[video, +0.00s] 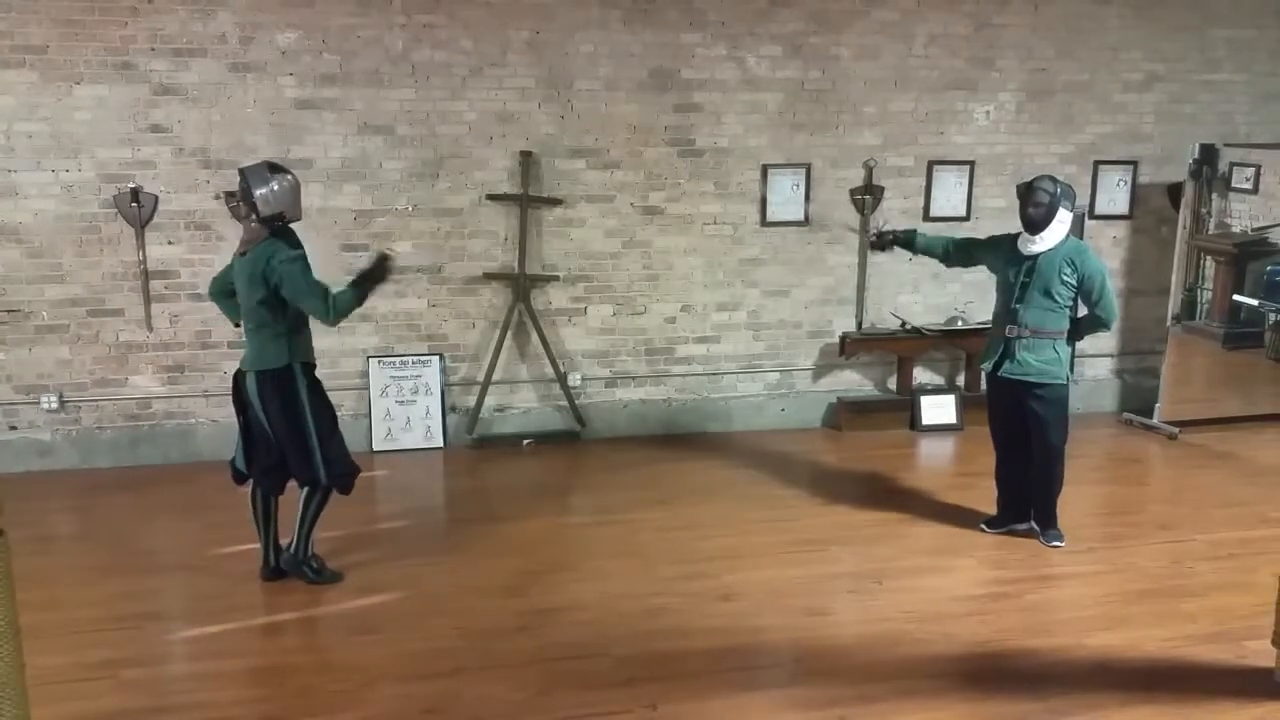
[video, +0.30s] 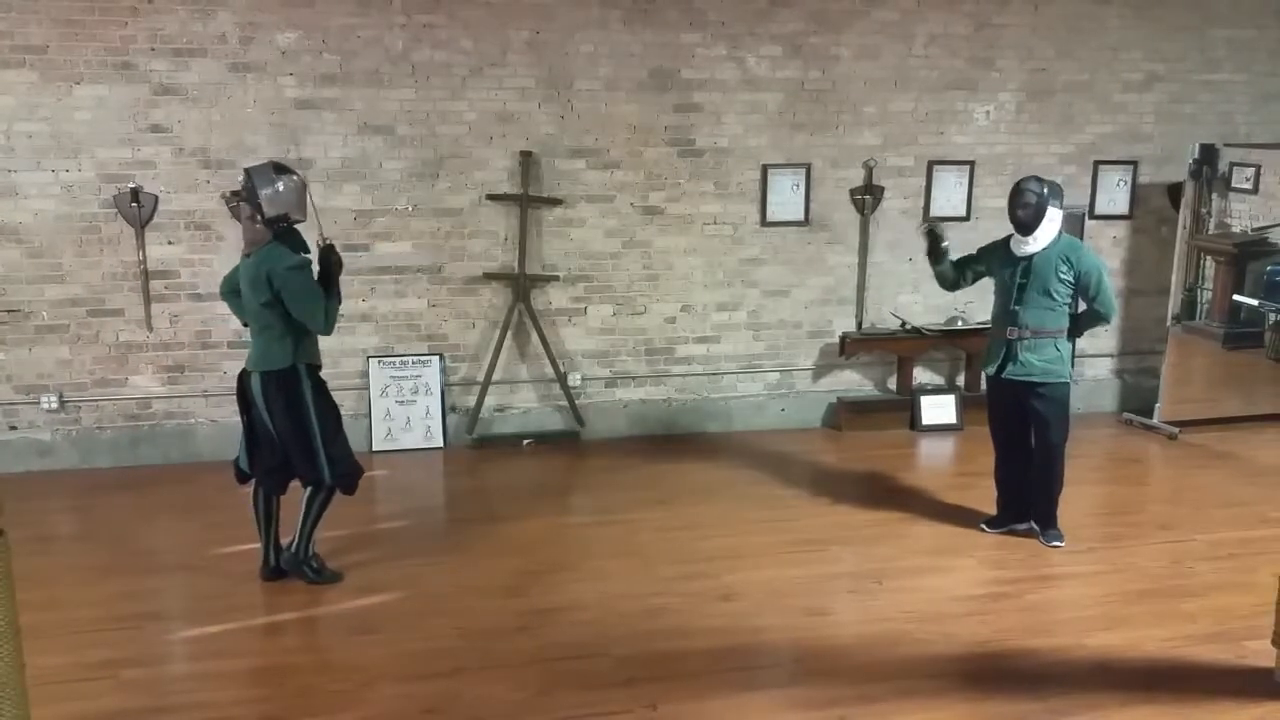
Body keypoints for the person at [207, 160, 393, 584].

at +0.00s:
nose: (296, 201)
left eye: (293, 194)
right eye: (290, 195)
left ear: (252, 207)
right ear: (281, 202)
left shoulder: (248, 251)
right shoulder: (282, 253)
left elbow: (219, 288)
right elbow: (328, 309)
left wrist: (249, 320)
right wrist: (367, 280)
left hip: (253, 377)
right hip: (287, 376)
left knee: (267, 469)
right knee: (330, 467)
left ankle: (270, 556)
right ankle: (300, 552)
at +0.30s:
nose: (237, 217)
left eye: (243, 209)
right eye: (239, 208)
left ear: (260, 214)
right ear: (285, 210)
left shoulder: (256, 257)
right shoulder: (285, 259)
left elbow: (228, 288)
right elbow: (322, 320)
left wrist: (259, 323)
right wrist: (331, 276)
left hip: (257, 376)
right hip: (291, 377)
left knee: (267, 468)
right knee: (330, 468)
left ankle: (271, 556)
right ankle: (301, 551)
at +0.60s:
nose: (304, 205)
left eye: (301, 197)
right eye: (298, 199)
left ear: (259, 214)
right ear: (288, 208)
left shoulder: (257, 260)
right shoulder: (288, 263)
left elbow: (236, 291)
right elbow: (312, 330)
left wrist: (269, 327)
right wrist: (351, 298)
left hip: (258, 379)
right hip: (293, 380)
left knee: (270, 469)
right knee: (336, 468)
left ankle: (271, 557)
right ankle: (317, 555)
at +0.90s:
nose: (317, 202)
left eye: (312, 195)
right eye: (310, 196)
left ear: (275, 206)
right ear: (299, 203)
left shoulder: (277, 256)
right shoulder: (295, 263)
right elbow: (310, 339)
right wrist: (354, 389)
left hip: (282, 378)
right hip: (304, 381)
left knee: (287, 469)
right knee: (335, 471)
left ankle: (272, 554)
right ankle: (354, 565)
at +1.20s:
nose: (327, 200)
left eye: (325, 192)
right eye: (320, 194)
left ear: (291, 202)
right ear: (305, 200)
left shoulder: (317, 247)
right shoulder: (301, 259)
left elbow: (327, 323)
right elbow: (311, 334)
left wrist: (354, 376)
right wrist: (318, 401)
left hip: (338, 376)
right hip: (332, 380)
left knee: (316, 460)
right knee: (355, 470)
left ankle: (280, 532)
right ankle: (354, 564)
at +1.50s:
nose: (336, 203)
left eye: (334, 194)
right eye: (327, 196)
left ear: (300, 202)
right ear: (311, 202)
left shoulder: (331, 249)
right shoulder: (304, 261)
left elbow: (347, 323)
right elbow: (311, 337)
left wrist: (366, 376)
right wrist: (321, 405)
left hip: (353, 378)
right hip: (335, 382)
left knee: (322, 461)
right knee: (357, 473)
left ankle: (282, 532)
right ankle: (355, 565)